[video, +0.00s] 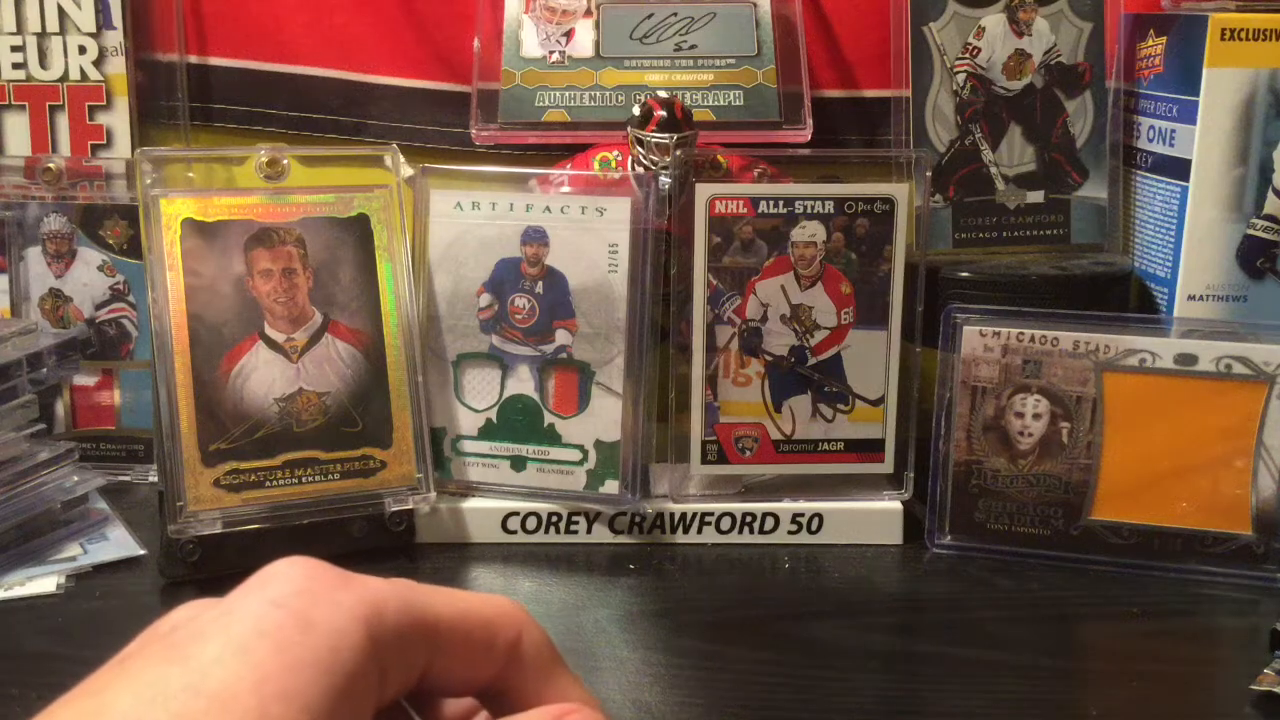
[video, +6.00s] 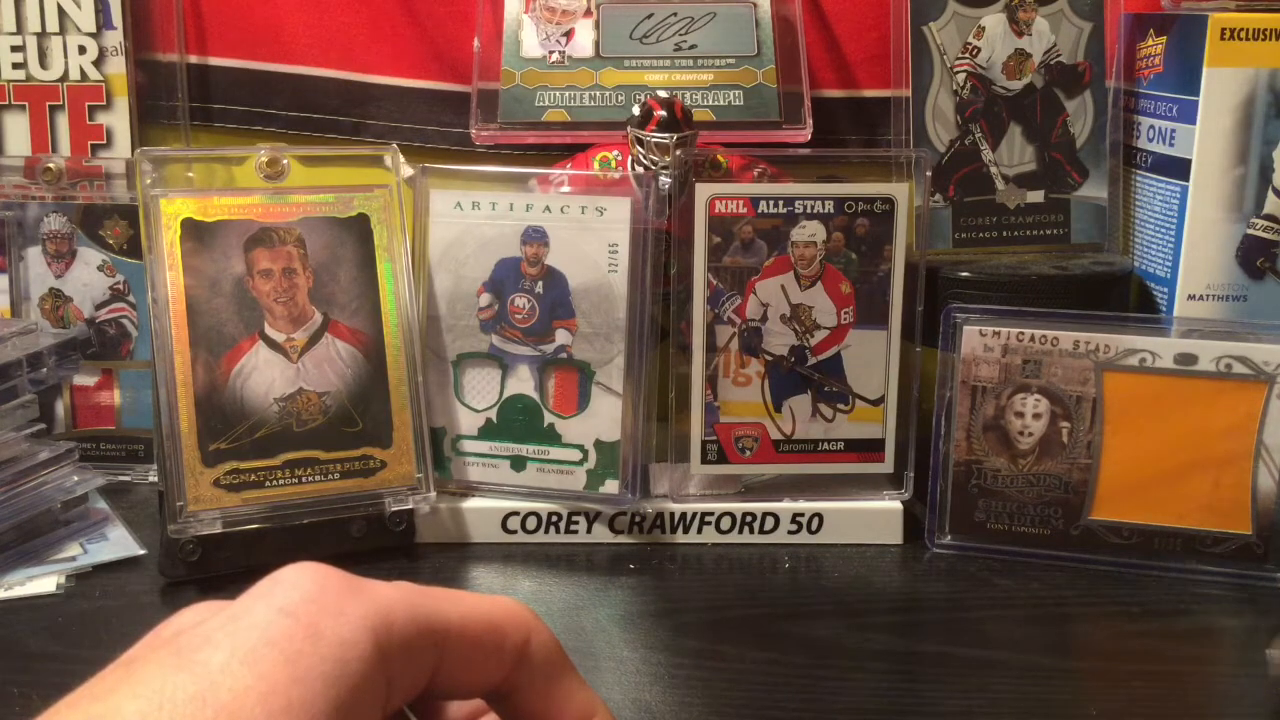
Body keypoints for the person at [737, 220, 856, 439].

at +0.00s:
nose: (801, 253)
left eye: (808, 247)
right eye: (796, 247)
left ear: (821, 250)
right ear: (790, 249)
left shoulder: (839, 286)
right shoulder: (773, 272)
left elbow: (842, 331)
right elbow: (755, 293)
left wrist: (810, 353)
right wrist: (750, 327)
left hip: (823, 352)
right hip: (779, 351)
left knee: (831, 412)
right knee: (798, 409)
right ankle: (790, 469)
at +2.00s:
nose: (801, 253)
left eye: (807, 247)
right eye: (796, 247)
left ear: (821, 250)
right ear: (790, 249)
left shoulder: (838, 285)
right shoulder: (774, 271)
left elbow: (842, 331)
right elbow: (755, 293)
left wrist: (810, 353)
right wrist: (750, 326)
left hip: (823, 353)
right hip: (780, 352)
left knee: (829, 411)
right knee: (796, 410)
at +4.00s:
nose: (801, 253)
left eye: (807, 247)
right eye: (796, 247)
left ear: (821, 250)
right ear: (790, 249)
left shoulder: (839, 285)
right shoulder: (773, 271)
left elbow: (842, 331)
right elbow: (754, 293)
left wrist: (810, 353)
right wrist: (750, 326)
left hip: (823, 353)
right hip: (780, 353)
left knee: (832, 413)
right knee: (798, 411)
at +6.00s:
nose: (801, 253)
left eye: (807, 247)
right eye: (796, 247)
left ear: (821, 249)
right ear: (790, 249)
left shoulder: (838, 285)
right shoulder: (773, 271)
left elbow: (843, 330)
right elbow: (754, 292)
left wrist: (810, 352)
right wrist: (751, 326)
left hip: (823, 353)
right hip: (780, 353)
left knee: (832, 412)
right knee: (799, 409)